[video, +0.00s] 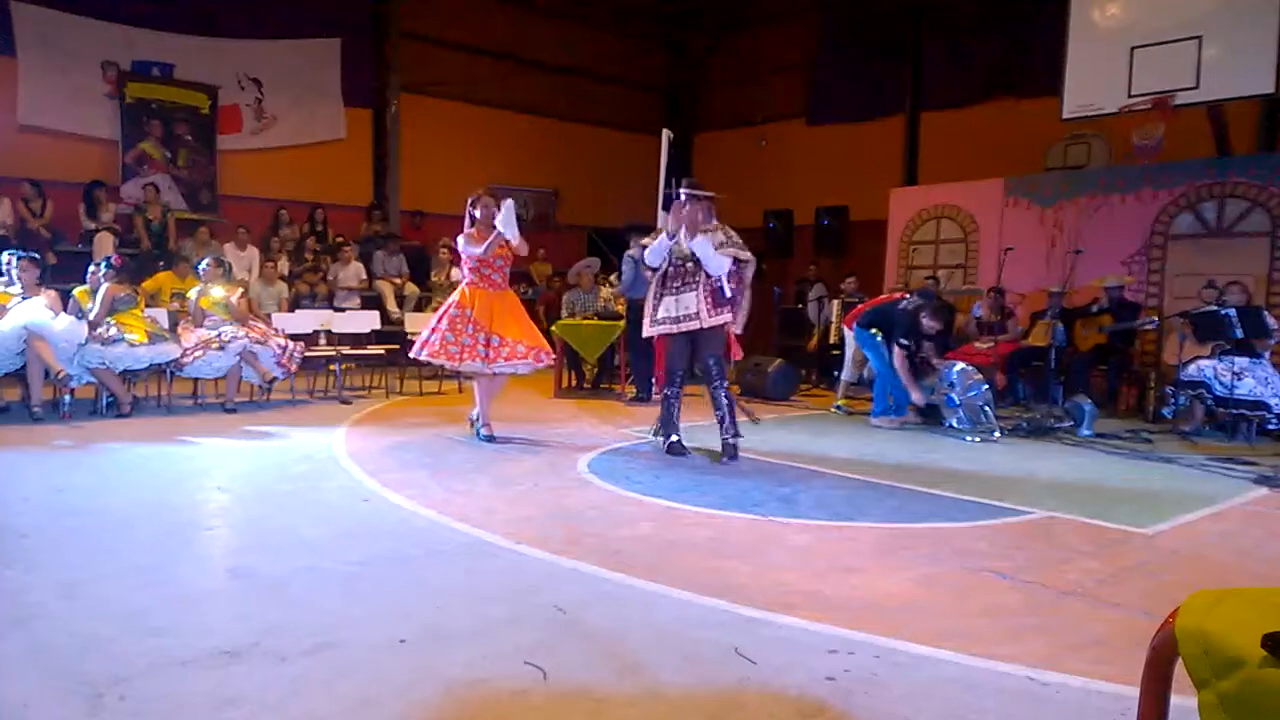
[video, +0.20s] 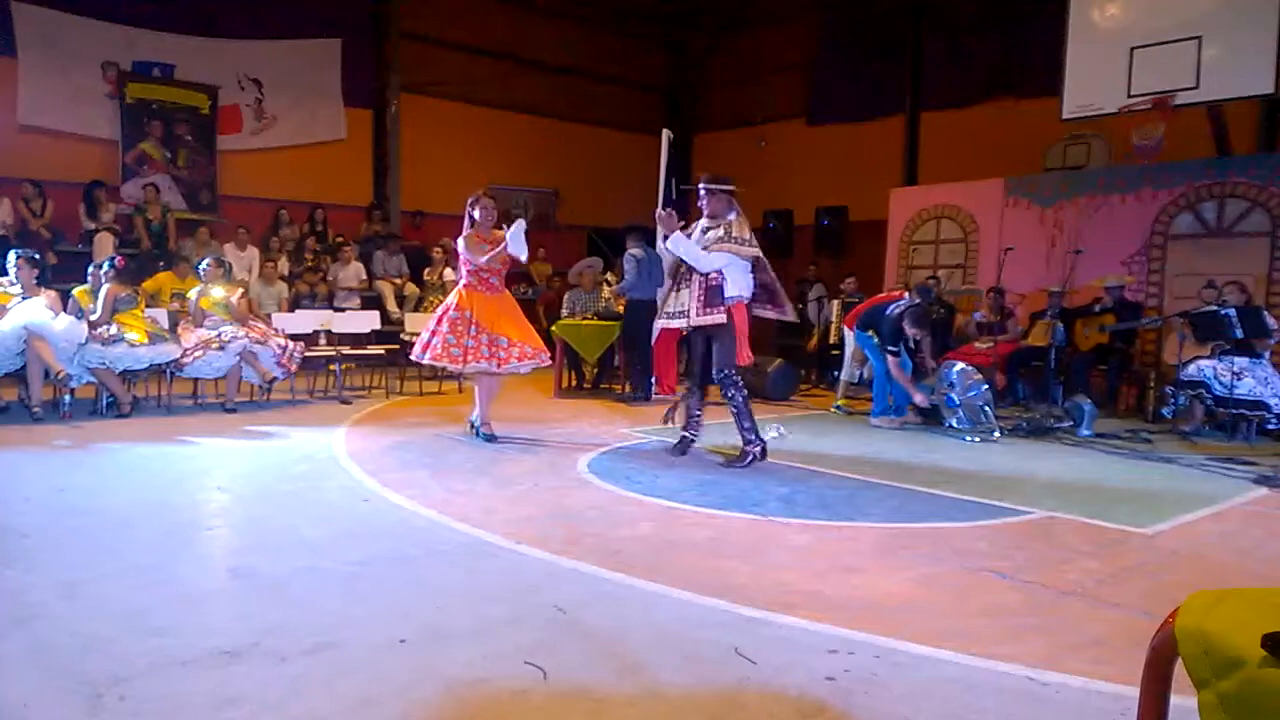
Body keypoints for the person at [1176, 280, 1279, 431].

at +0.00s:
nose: (1232, 297)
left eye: (1237, 293)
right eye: (1228, 293)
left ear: (1246, 296)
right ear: (1222, 296)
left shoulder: (1258, 315)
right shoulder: (1215, 314)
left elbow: (1268, 343)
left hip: (1254, 364)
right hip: (1223, 362)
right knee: (1196, 368)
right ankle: (1196, 420)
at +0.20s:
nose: (1225, 297)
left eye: (1230, 293)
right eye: (1223, 294)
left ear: (1244, 297)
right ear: (1219, 297)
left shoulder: (1257, 314)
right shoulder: (1216, 314)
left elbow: (1266, 344)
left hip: (1254, 365)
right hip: (1222, 363)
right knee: (1196, 368)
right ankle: (1196, 420)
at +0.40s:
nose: (1225, 297)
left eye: (1230, 293)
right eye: (1222, 294)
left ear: (1244, 297)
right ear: (1219, 297)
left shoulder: (1257, 314)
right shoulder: (1216, 315)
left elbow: (1266, 343)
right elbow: (1200, 340)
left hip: (1254, 365)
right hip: (1223, 363)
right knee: (1196, 368)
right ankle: (1196, 420)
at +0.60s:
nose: (1224, 297)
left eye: (1230, 293)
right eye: (1222, 294)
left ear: (1244, 297)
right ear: (1219, 297)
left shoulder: (1257, 314)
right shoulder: (1213, 313)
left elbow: (1267, 343)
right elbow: (1173, 319)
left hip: (1254, 364)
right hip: (1221, 362)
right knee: (1195, 368)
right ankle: (1196, 420)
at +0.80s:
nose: (1224, 297)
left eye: (1230, 293)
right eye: (1222, 294)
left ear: (1244, 297)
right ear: (1219, 297)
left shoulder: (1257, 314)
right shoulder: (1214, 314)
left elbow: (1266, 344)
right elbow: (1172, 319)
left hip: (1254, 364)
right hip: (1222, 363)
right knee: (1196, 368)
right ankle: (1196, 420)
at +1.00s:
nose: (1224, 298)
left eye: (1229, 293)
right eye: (1222, 294)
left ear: (1243, 297)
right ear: (1218, 297)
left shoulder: (1257, 315)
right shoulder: (1217, 316)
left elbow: (1264, 346)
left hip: (1254, 365)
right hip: (1223, 363)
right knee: (1197, 368)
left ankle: (1242, 424)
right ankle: (1197, 419)